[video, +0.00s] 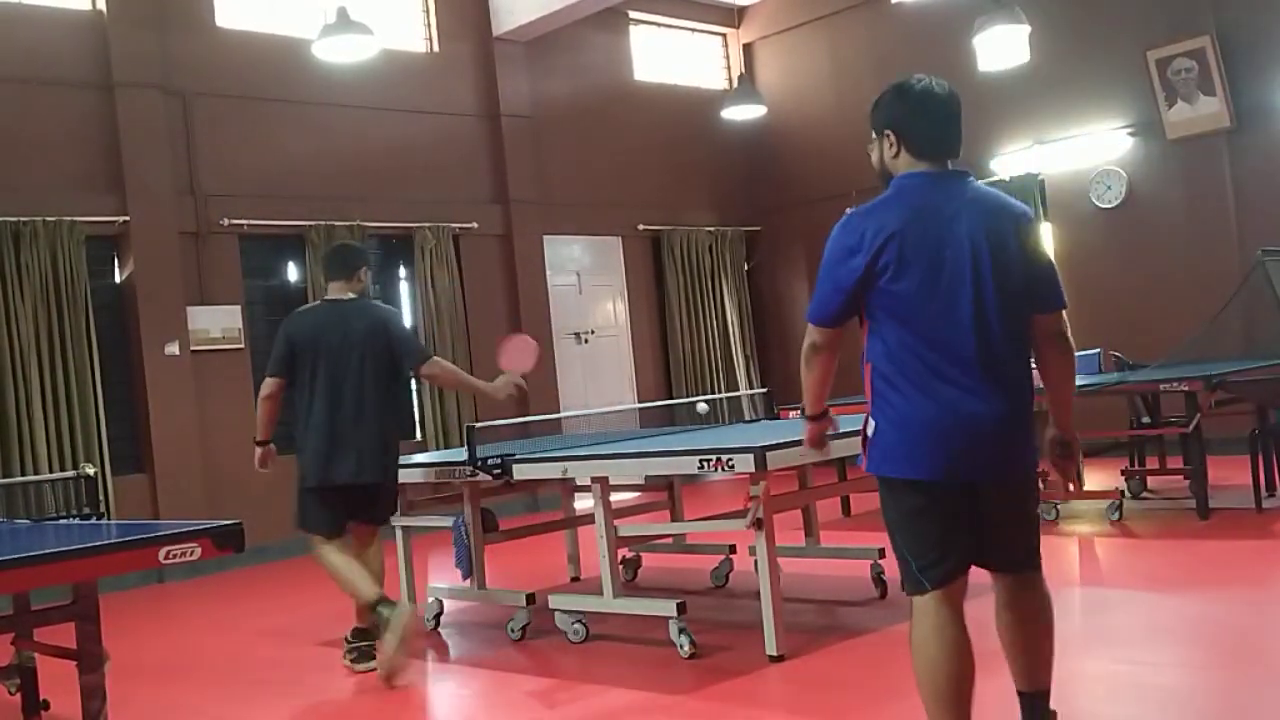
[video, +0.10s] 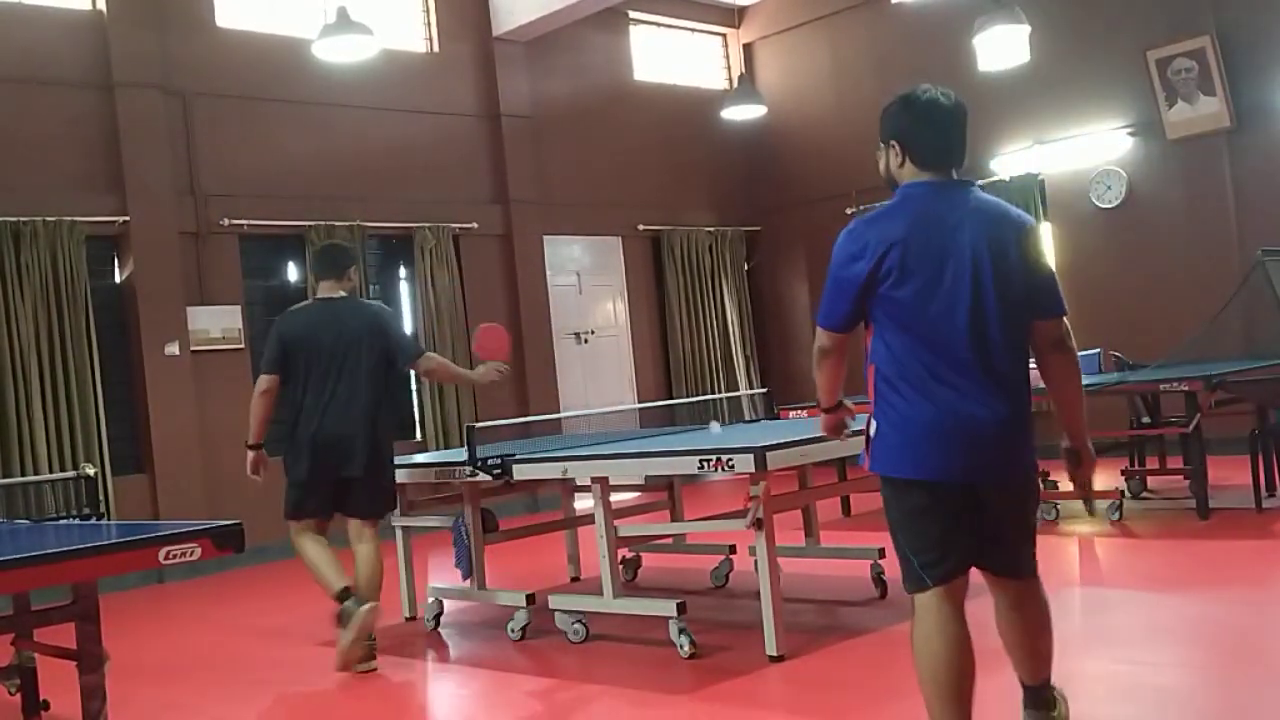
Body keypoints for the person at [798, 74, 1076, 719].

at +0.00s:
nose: (871, 153)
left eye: (872, 140)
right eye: (872, 141)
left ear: (891, 141)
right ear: (955, 139)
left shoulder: (864, 226)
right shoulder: (1013, 216)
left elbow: (822, 341)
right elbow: (1051, 334)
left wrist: (814, 416)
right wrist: (1063, 429)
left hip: (912, 447)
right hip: (1005, 438)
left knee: (935, 595)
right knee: (1018, 572)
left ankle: (948, 719)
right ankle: (1038, 711)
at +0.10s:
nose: (879, 159)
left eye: (880, 149)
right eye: (882, 148)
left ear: (896, 152)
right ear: (959, 150)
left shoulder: (869, 233)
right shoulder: (1014, 225)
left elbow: (832, 343)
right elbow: (1054, 347)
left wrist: (829, 407)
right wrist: (1078, 444)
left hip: (914, 451)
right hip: (1003, 444)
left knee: (935, 593)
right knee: (1015, 575)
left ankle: (950, 719)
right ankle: (1040, 702)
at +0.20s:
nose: (892, 167)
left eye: (894, 157)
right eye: (894, 157)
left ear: (908, 161)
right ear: (968, 158)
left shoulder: (880, 242)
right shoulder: (1021, 237)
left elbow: (846, 350)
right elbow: (1057, 351)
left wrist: (847, 412)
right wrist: (1086, 447)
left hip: (919, 454)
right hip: (1006, 451)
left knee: (936, 594)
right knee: (1014, 577)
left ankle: (950, 717)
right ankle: (1031, 705)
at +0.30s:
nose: (906, 167)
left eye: (907, 157)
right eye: (908, 156)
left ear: (921, 160)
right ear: (981, 157)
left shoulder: (890, 238)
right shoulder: (1031, 235)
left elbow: (863, 348)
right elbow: (1062, 346)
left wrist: (868, 422)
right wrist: (1087, 438)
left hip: (927, 450)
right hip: (1013, 446)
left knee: (929, 581)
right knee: (1018, 572)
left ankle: (946, 714)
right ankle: (1031, 705)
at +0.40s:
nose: (914, 164)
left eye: (915, 155)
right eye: (918, 155)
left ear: (927, 157)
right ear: (989, 154)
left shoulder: (898, 232)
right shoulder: (1037, 228)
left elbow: (871, 343)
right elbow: (1070, 337)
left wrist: (885, 417)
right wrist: (1091, 430)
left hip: (932, 438)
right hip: (1017, 437)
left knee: (921, 557)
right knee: (1018, 561)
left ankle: (948, 686)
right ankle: (1031, 703)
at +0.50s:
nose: (919, 170)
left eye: (919, 160)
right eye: (921, 160)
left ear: (930, 160)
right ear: (991, 156)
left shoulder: (903, 234)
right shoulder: (1040, 229)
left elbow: (875, 341)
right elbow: (1079, 337)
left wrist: (887, 402)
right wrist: (1091, 418)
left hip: (934, 435)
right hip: (1019, 433)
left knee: (925, 542)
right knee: (1019, 556)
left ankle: (951, 674)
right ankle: (1032, 703)